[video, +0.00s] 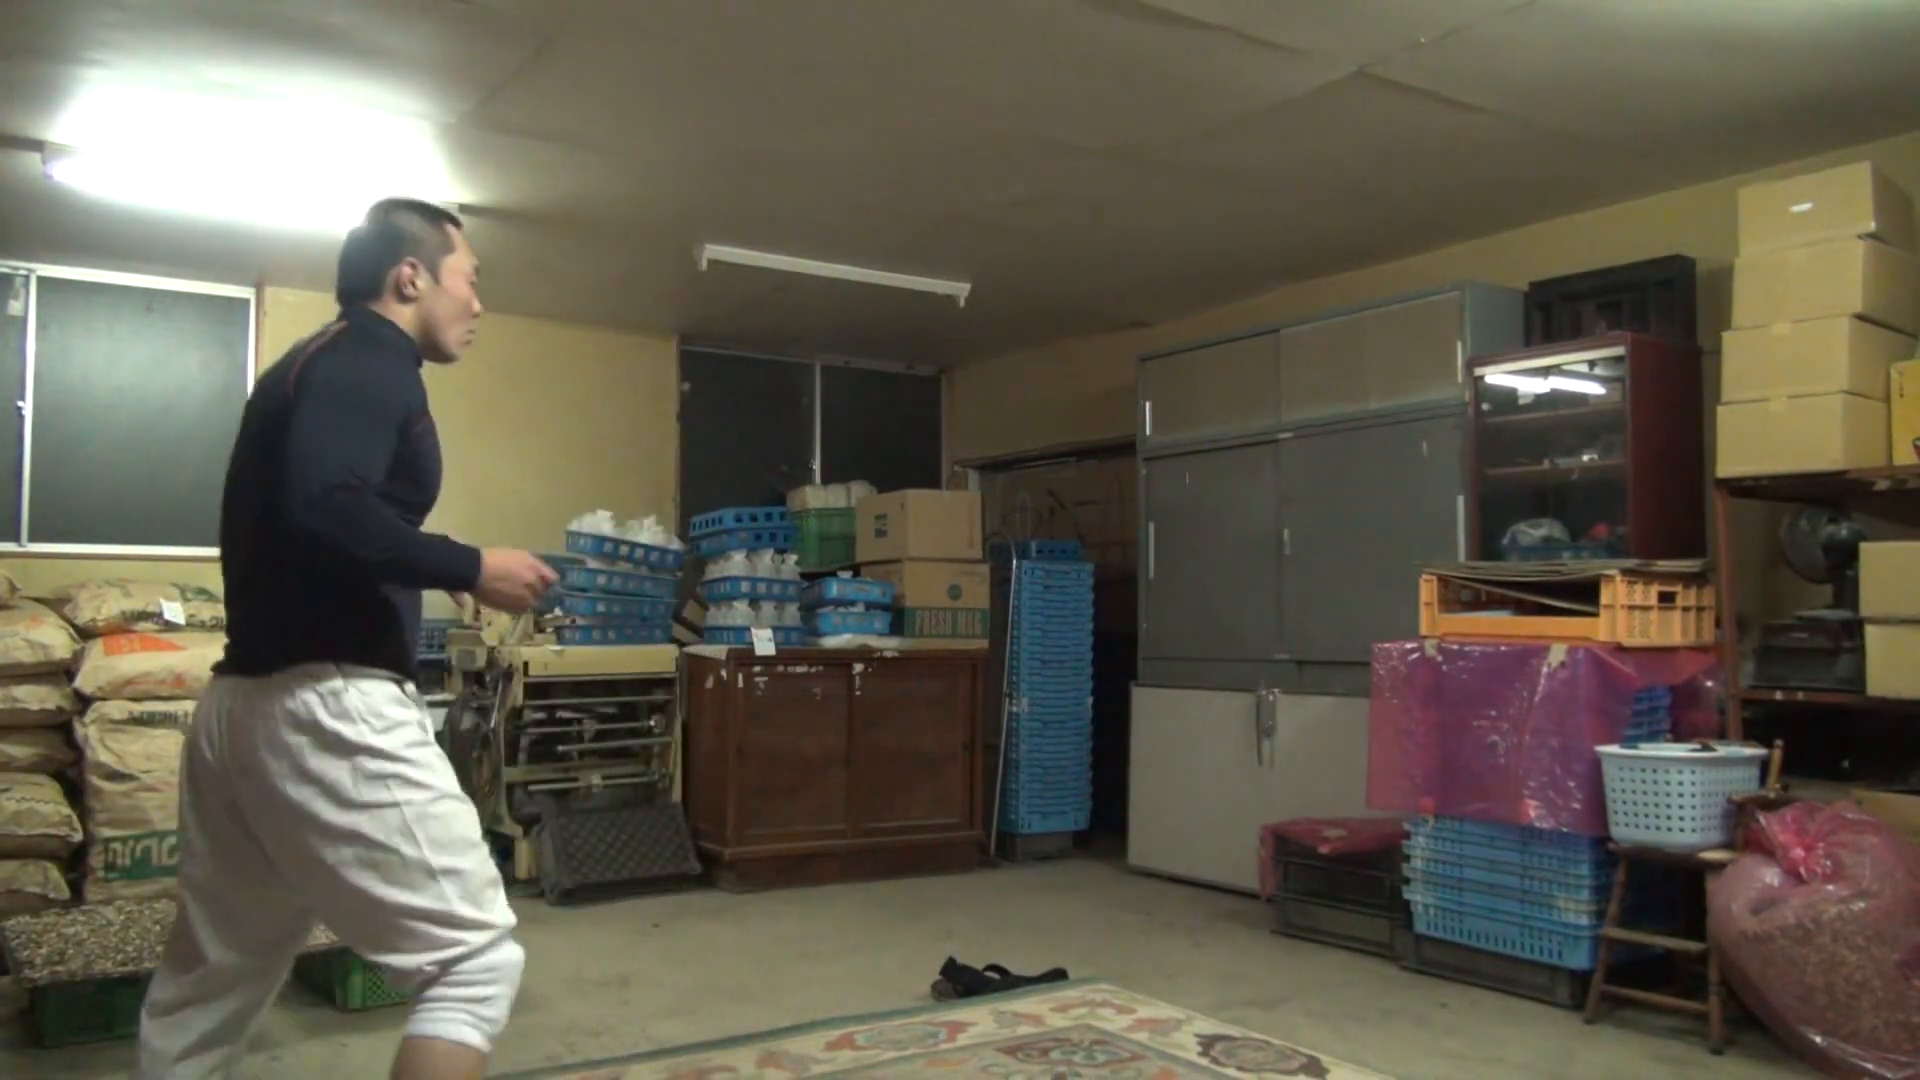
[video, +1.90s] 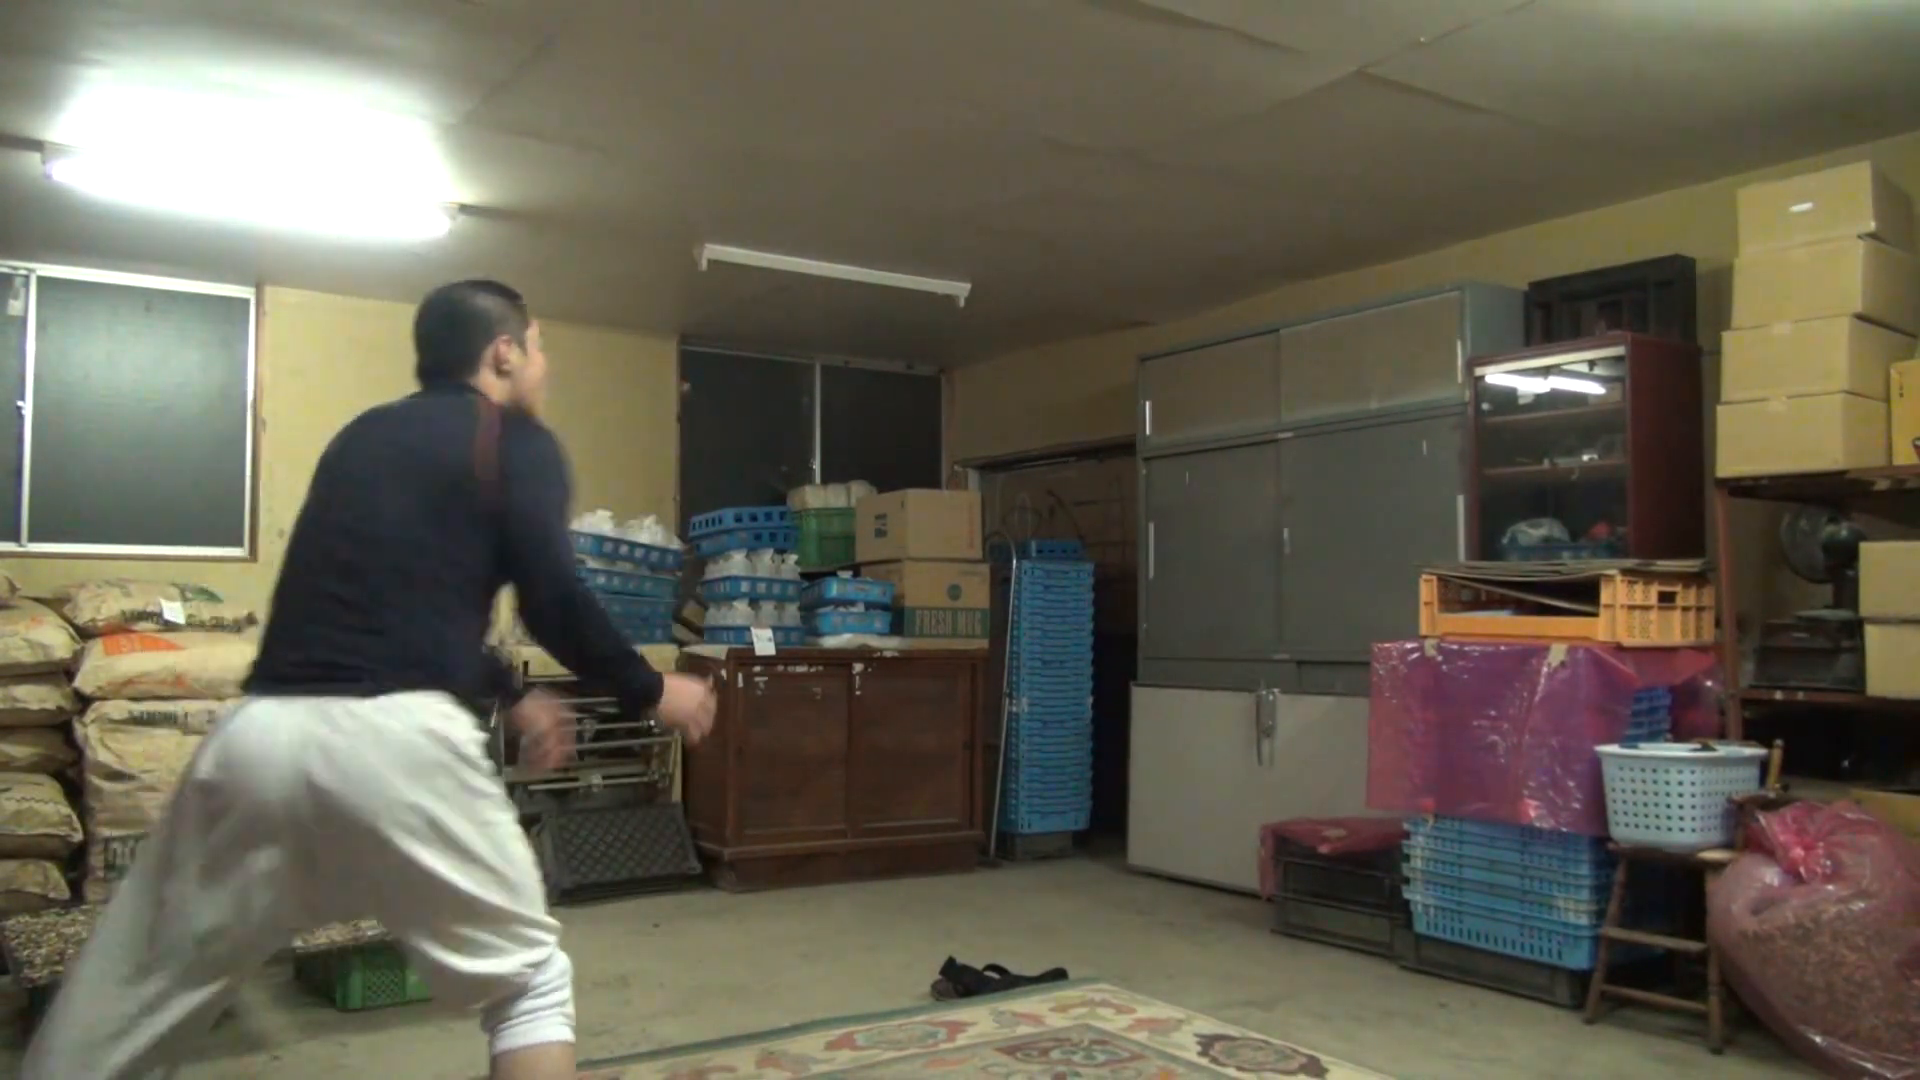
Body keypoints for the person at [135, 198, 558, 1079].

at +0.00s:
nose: (479, 304)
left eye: (477, 282)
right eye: (468, 279)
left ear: (392, 282)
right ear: (408, 278)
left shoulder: (293, 368)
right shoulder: (370, 357)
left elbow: (267, 537)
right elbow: (328, 500)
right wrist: (473, 565)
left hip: (237, 713)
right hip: (338, 717)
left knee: (205, 990)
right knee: (472, 961)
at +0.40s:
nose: (470, 252)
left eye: (469, 228)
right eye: (460, 226)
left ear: (360, 230)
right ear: (408, 225)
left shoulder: (258, 320)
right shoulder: (381, 301)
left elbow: (188, 461)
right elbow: (358, 435)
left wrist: (358, 510)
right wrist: (510, 494)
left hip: (171, 669)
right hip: (286, 682)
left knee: (137, 987)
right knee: (356, 984)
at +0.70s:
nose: (450, 307)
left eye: (450, 283)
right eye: (442, 282)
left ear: (365, 280)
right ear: (390, 279)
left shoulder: (242, 368)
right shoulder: (360, 367)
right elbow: (452, 518)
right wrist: (582, 456)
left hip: (149, 722)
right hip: (277, 719)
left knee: (104, 1029)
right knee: (425, 986)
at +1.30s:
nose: (473, 351)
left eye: (472, 335)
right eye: (474, 336)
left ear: (359, 319)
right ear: (456, 338)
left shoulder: (253, 400)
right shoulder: (484, 422)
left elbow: (225, 550)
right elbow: (590, 552)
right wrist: (635, 460)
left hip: (245, 752)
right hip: (398, 753)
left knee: (156, 1016)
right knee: (534, 983)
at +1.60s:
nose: (480, 366)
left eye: (484, 348)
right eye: (479, 346)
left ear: (377, 332)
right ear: (434, 339)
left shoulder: (275, 413)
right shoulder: (418, 407)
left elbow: (341, 557)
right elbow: (564, 512)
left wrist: (465, 529)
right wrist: (666, 453)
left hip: (183, 749)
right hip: (307, 751)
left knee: (135, 1016)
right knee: (496, 970)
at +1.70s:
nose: (480, 383)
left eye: (479, 360)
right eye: (474, 359)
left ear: (387, 360)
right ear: (422, 360)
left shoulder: (289, 437)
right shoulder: (397, 434)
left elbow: (363, 594)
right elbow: (516, 561)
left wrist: (498, 614)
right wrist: (662, 564)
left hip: (169, 772)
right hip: (286, 777)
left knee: (117, 1048)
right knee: (483, 985)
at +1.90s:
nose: (545, 370)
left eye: (542, 351)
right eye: (539, 351)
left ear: (432, 360)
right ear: (501, 358)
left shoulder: (361, 438)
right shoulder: (519, 443)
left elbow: (399, 607)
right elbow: (554, 594)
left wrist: (511, 697)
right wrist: (651, 688)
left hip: (260, 735)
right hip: (402, 737)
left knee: (133, 987)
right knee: (527, 982)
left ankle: (55, 1072)